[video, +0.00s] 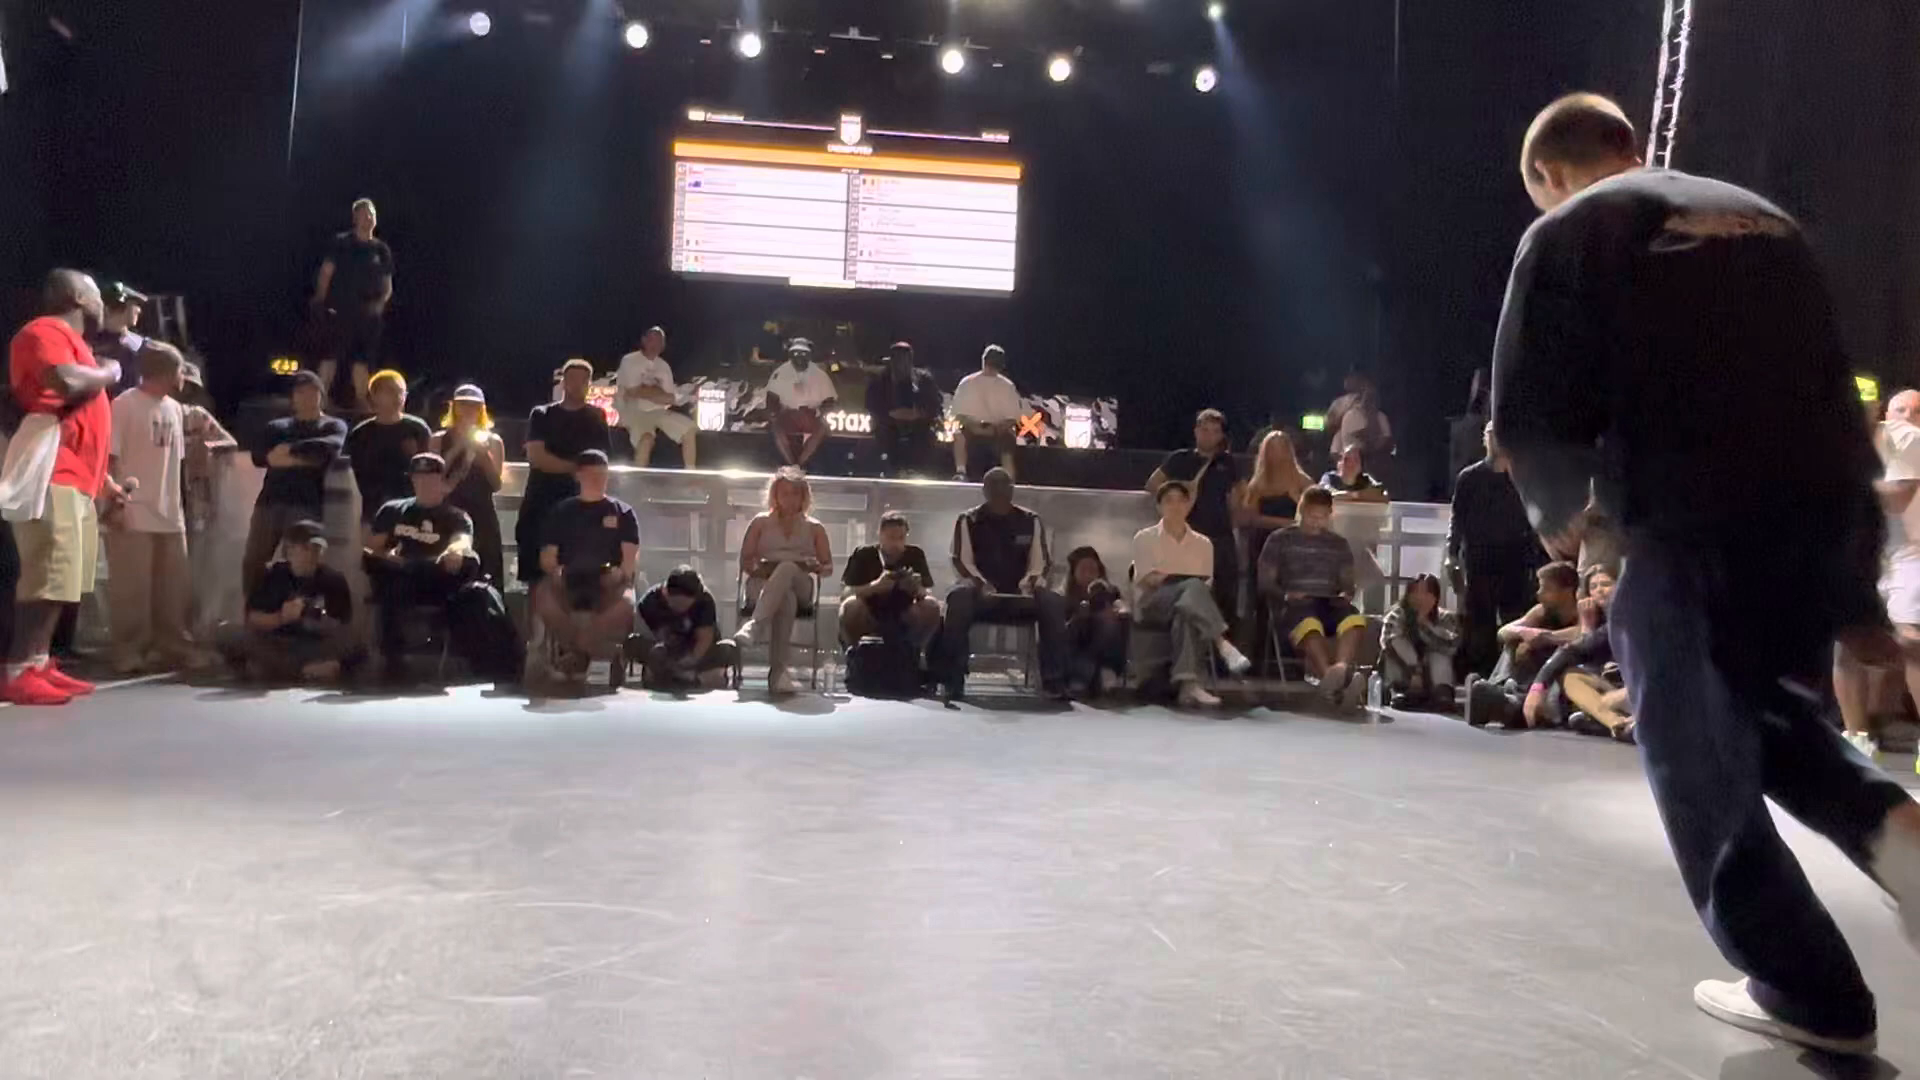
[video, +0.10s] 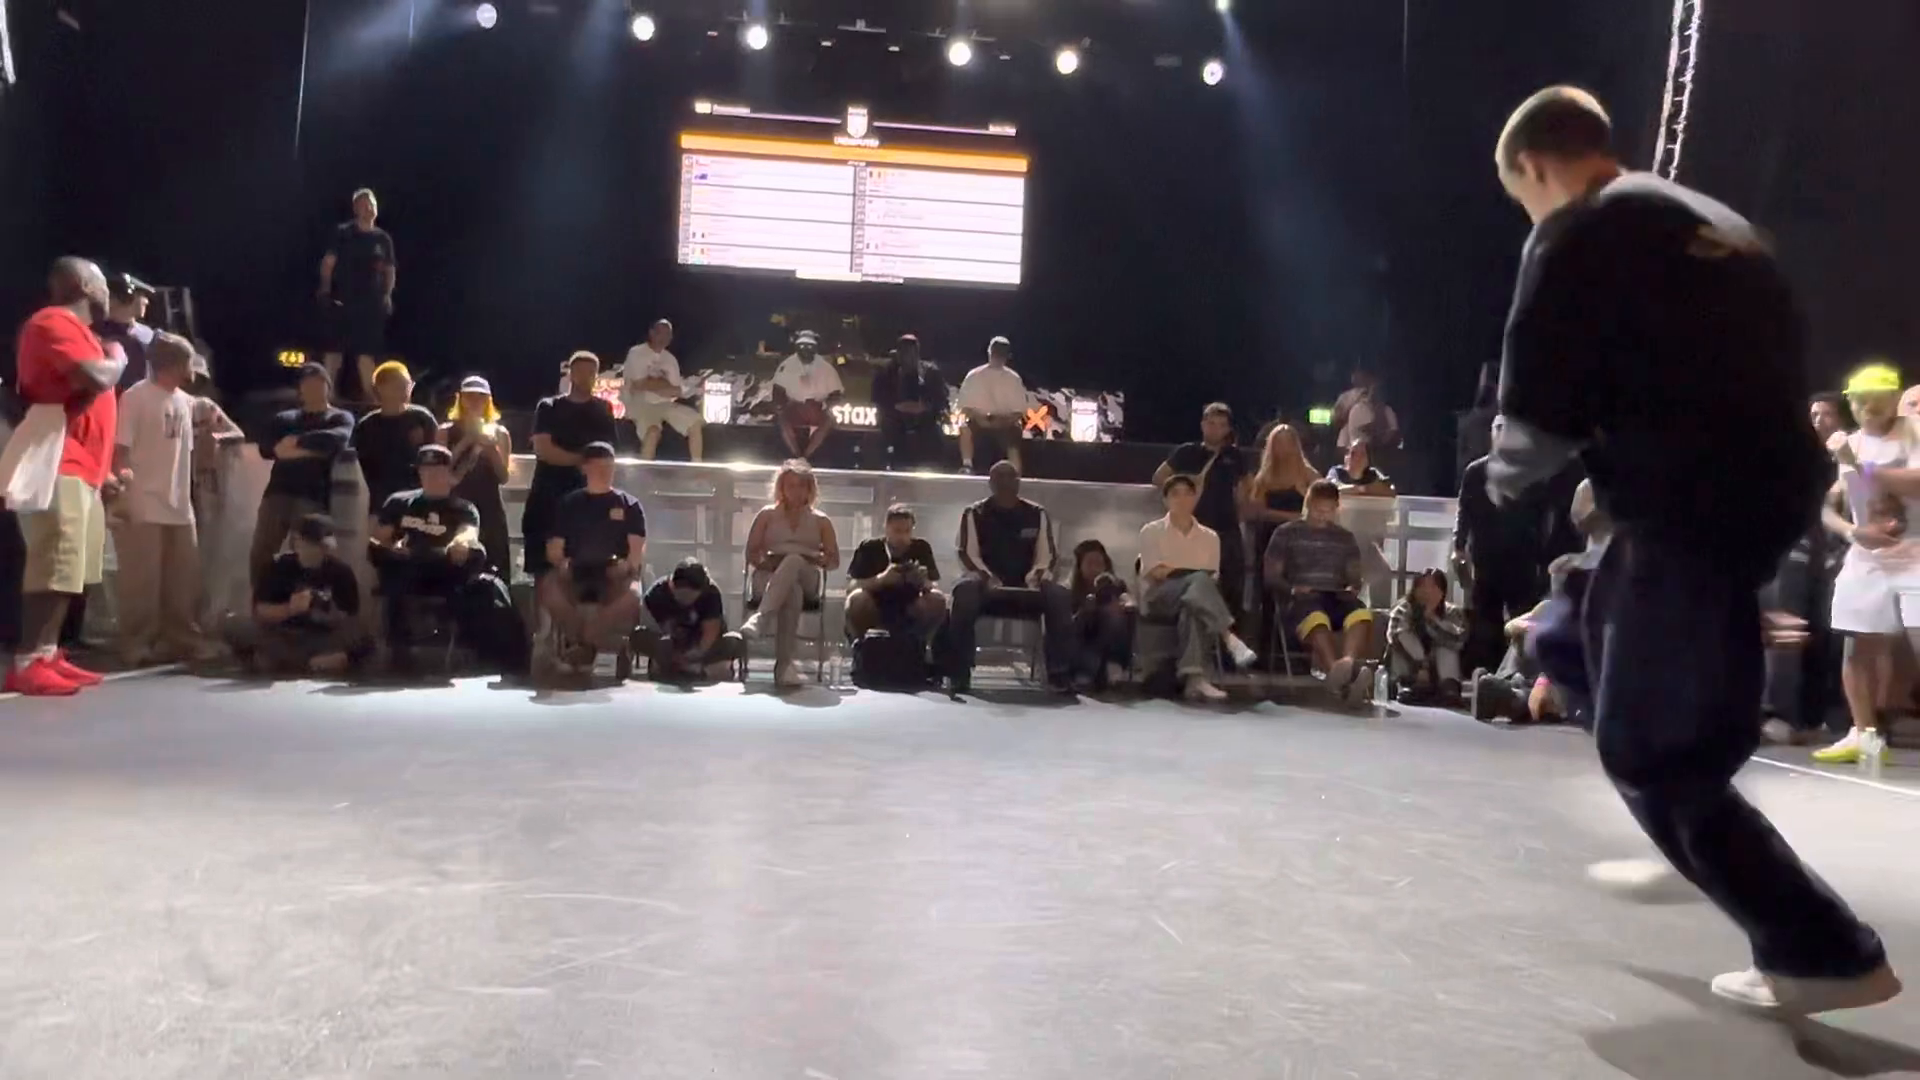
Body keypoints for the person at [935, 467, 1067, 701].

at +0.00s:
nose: (999, 494)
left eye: (1004, 487)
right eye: (993, 487)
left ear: (1012, 489)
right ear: (984, 489)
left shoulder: (1030, 520)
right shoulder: (968, 520)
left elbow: (1039, 562)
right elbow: (963, 562)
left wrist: (1031, 581)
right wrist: (980, 583)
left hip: (1020, 597)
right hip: (985, 596)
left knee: (1052, 601)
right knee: (959, 596)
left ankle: (1055, 682)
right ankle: (953, 682)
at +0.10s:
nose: (1006, 483)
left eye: (1011, 477)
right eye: (1000, 477)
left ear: (1019, 480)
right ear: (991, 481)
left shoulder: (1037, 514)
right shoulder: (974, 514)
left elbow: (1046, 554)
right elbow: (968, 554)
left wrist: (1037, 573)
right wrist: (987, 576)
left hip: (1027, 589)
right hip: (990, 588)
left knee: (1058, 595)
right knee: (965, 589)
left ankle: (1059, 675)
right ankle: (960, 675)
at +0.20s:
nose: (1010, 477)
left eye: (1015, 471)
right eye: (1004, 471)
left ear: (1023, 474)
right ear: (995, 475)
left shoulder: (1042, 508)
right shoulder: (979, 507)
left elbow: (1051, 548)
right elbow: (973, 547)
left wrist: (1043, 567)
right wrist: (991, 569)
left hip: (1031, 583)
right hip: (996, 582)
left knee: (1063, 588)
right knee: (970, 584)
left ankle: (1064, 668)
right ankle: (963, 670)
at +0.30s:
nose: (1014, 472)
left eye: (1019, 466)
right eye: (1008, 466)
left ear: (1027, 470)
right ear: (1000, 470)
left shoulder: (1047, 502)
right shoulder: (984, 501)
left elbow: (1054, 544)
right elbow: (978, 542)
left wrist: (1046, 562)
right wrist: (995, 564)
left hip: (1035, 578)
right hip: (1000, 577)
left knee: (1068, 584)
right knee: (974, 579)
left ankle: (1068, 662)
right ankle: (968, 665)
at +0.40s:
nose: (1020, 468)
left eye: (1025, 461)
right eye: (1015, 461)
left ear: (1033, 465)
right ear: (1005, 466)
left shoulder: (1052, 498)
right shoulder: (988, 497)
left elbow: (1060, 539)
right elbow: (983, 538)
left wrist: (1051, 558)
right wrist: (1001, 560)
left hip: (1041, 574)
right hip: (1006, 572)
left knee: (1073, 579)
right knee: (980, 574)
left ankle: (1073, 658)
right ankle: (974, 659)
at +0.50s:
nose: (1027, 466)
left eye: (1032, 459)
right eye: (1021, 460)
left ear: (1039, 463)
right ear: (1011, 463)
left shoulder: (1057, 494)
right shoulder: (994, 493)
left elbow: (1065, 535)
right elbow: (988, 534)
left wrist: (1057, 553)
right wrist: (1006, 556)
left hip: (1046, 570)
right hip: (1011, 569)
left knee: (1078, 575)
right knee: (984, 570)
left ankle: (1079, 654)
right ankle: (979, 655)